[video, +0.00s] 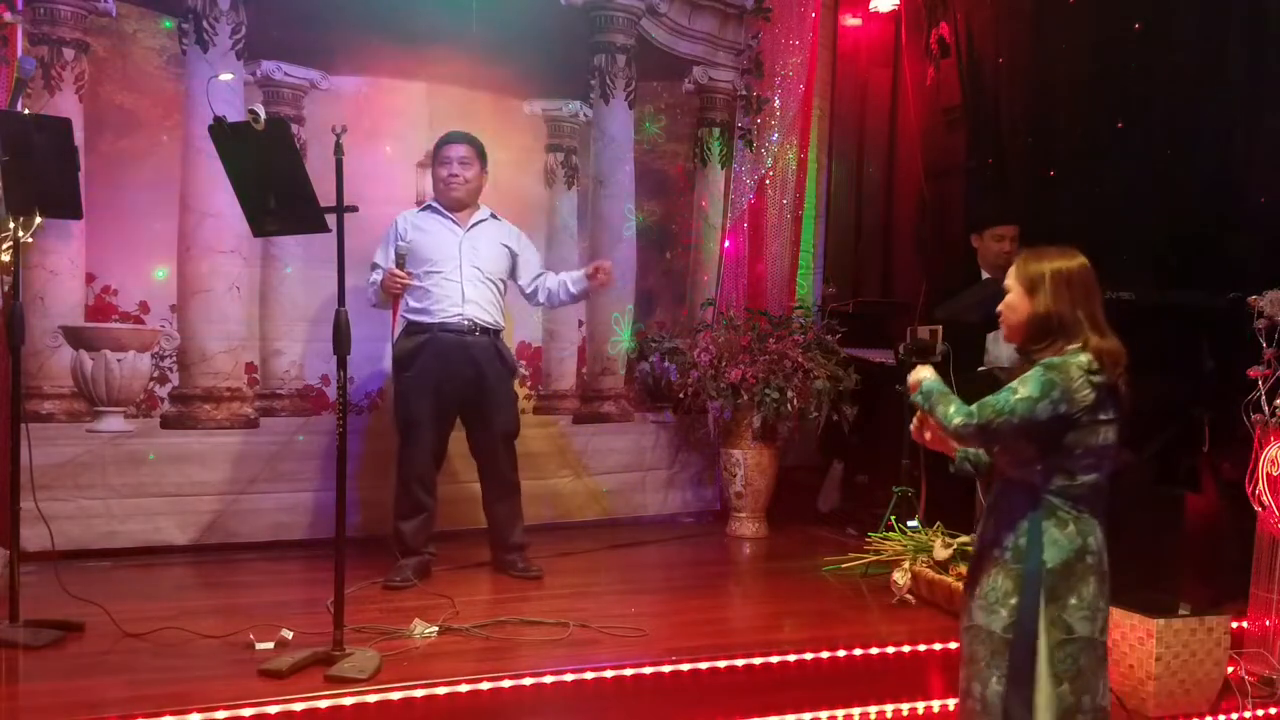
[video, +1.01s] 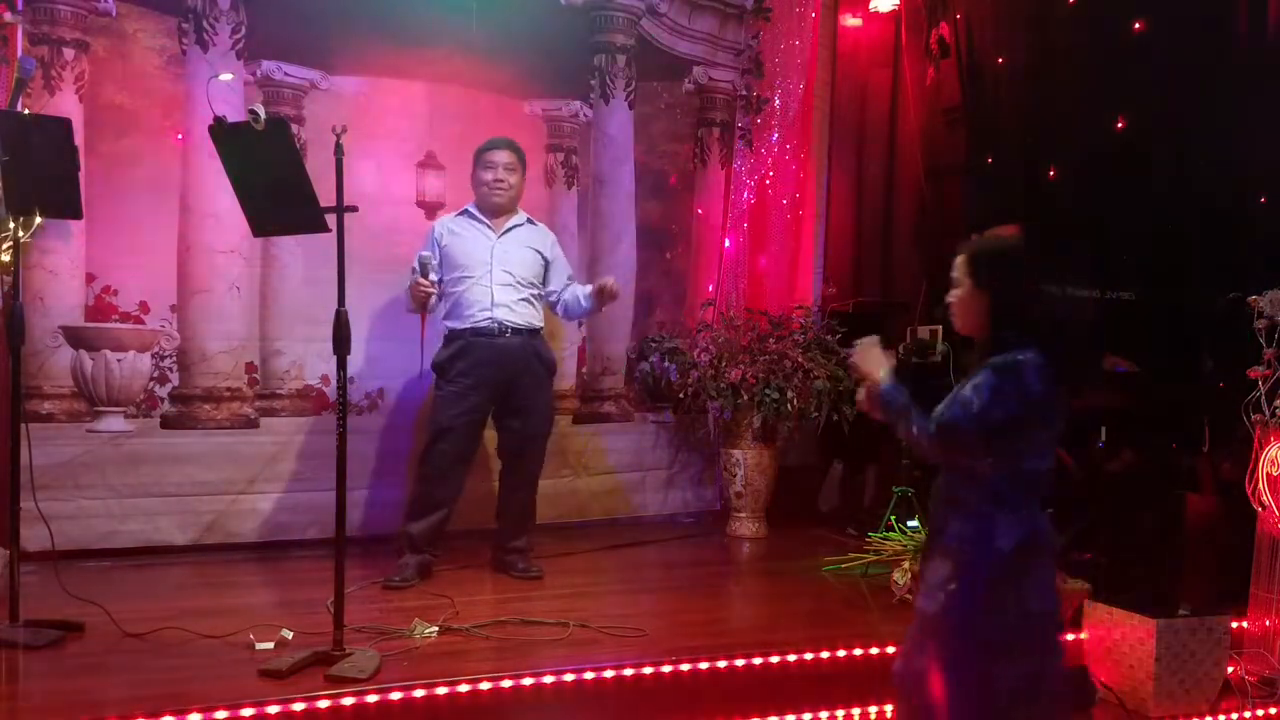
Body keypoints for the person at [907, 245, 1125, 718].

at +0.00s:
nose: (999, 308)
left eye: (1010, 295)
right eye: (1003, 295)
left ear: (1046, 303)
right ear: (1052, 306)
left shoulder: (1063, 373)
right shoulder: (1087, 371)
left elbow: (967, 424)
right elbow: (1027, 461)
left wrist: (926, 382)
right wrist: (951, 449)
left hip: (1041, 535)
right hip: (1069, 530)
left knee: (1016, 673)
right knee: (1051, 672)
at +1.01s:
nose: (949, 298)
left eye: (958, 286)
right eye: (952, 286)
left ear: (994, 293)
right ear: (994, 296)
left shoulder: (1009, 373)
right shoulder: (1019, 368)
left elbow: (935, 441)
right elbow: (949, 438)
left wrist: (885, 379)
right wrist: (891, 411)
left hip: (984, 560)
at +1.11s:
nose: (928, 299)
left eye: (937, 286)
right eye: (930, 286)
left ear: (972, 295)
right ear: (972, 298)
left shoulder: (995, 380)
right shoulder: (973, 374)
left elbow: (929, 450)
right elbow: (922, 442)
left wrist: (862, 417)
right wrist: (861, 412)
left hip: (978, 574)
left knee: (980, 696)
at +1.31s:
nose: (876, 298)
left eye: (885, 288)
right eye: (880, 287)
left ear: (913, 299)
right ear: (940, 299)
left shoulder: (922, 380)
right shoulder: (966, 369)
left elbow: (871, 456)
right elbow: (881, 441)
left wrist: (813, 444)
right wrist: (819, 418)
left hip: (912, 555)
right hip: (960, 546)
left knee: (891, 675)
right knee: (965, 666)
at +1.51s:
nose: (821, 302)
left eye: (829, 291)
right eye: (825, 290)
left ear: (853, 303)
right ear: (888, 302)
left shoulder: (855, 386)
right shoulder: (918, 374)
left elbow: (784, 447)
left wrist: (744, 423)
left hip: (860, 555)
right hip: (912, 545)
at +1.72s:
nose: (769, 301)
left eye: (776, 291)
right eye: (773, 289)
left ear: (790, 301)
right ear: (837, 301)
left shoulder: (782, 377)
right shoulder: (851, 371)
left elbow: (705, 426)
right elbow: (807, 452)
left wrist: (683, 397)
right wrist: (738, 456)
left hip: (787, 537)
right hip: (845, 531)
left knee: (770, 649)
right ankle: (894, 708)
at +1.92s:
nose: (715, 295)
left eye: (721, 284)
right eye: (719, 283)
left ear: (736, 293)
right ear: (783, 292)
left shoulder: (736, 369)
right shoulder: (807, 361)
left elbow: (674, 440)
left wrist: (646, 429)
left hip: (751, 532)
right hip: (810, 527)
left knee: (708, 646)